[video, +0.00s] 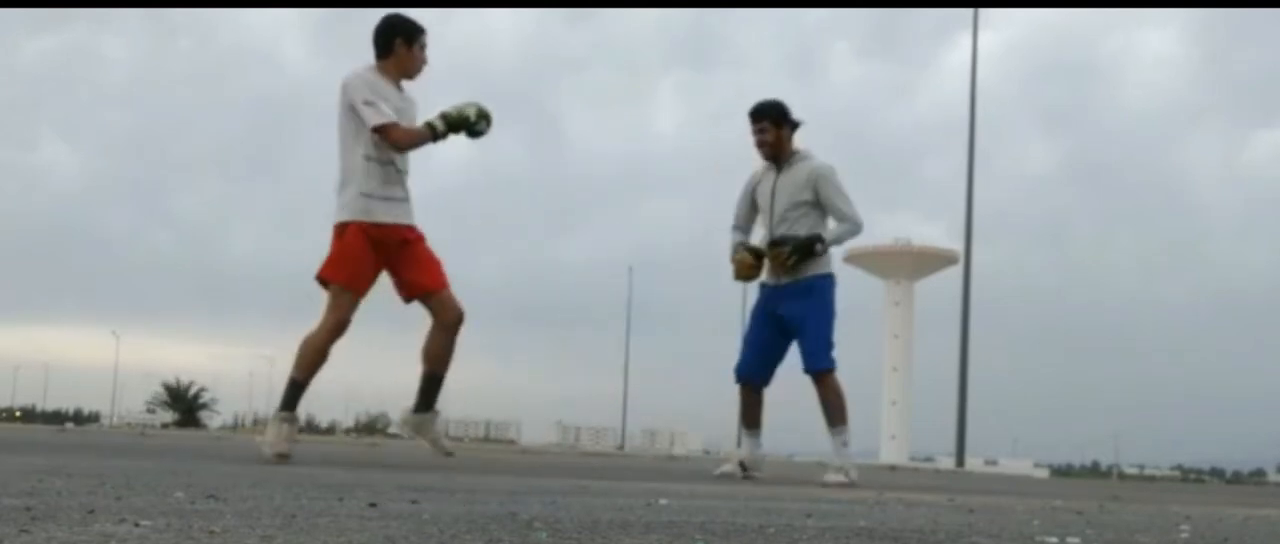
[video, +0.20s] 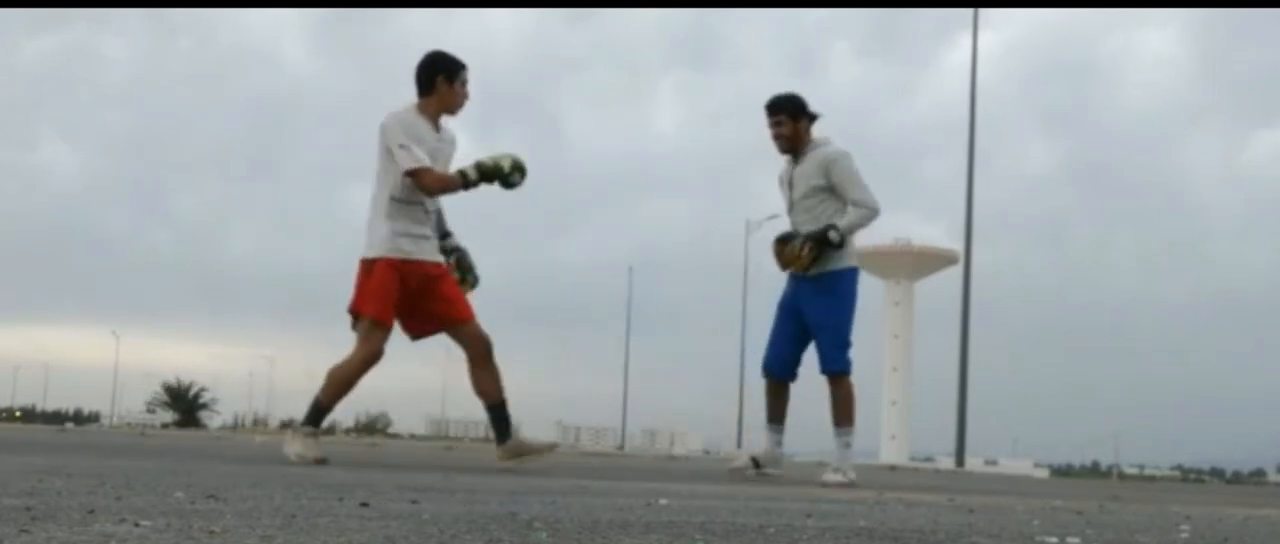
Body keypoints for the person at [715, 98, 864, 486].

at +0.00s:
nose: (758, 141)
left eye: (764, 133)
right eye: (755, 134)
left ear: (787, 131)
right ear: (755, 136)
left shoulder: (817, 173)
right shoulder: (759, 179)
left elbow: (852, 223)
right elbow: (740, 228)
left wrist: (816, 242)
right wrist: (741, 252)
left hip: (812, 288)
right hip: (773, 290)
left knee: (820, 369)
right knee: (749, 374)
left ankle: (843, 461)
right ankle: (748, 458)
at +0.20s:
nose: (774, 134)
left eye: (780, 125)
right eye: (771, 127)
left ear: (803, 124)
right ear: (773, 130)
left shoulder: (832, 159)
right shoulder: (788, 174)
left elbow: (867, 207)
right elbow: (805, 221)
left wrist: (829, 236)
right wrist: (792, 243)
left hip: (835, 278)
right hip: (801, 280)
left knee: (836, 368)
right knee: (776, 366)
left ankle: (844, 462)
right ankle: (772, 452)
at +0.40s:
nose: (786, 134)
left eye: (792, 126)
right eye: (782, 127)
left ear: (814, 125)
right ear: (785, 130)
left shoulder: (834, 158)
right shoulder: (808, 168)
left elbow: (864, 206)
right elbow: (822, 222)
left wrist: (833, 246)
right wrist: (802, 246)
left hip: (846, 276)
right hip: (819, 276)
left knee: (839, 366)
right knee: (800, 364)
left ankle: (845, 461)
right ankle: (829, 446)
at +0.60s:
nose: (791, 136)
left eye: (797, 128)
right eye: (787, 129)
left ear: (818, 126)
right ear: (789, 132)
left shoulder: (838, 159)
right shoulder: (812, 170)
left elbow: (872, 208)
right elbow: (823, 221)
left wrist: (842, 248)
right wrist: (806, 244)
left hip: (847, 273)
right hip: (827, 273)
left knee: (839, 365)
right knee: (838, 365)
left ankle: (846, 457)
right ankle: (869, 447)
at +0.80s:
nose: (790, 142)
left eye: (796, 133)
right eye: (787, 135)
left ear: (817, 132)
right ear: (788, 138)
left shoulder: (838, 166)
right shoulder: (810, 177)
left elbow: (868, 218)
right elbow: (824, 226)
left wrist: (837, 257)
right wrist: (807, 248)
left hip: (852, 277)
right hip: (834, 278)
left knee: (841, 365)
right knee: (849, 365)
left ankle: (848, 459)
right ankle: (881, 449)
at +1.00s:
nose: (782, 156)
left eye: (789, 147)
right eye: (778, 149)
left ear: (808, 146)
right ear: (776, 151)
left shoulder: (827, 181)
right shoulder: (807, 185)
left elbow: (845, 238)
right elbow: (829, 240)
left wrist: (816, 275)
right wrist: (808, 268)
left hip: (856, 278)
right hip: (843, 280)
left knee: (835, 369)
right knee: (828, 369)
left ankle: (847, 461)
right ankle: (867, 444)